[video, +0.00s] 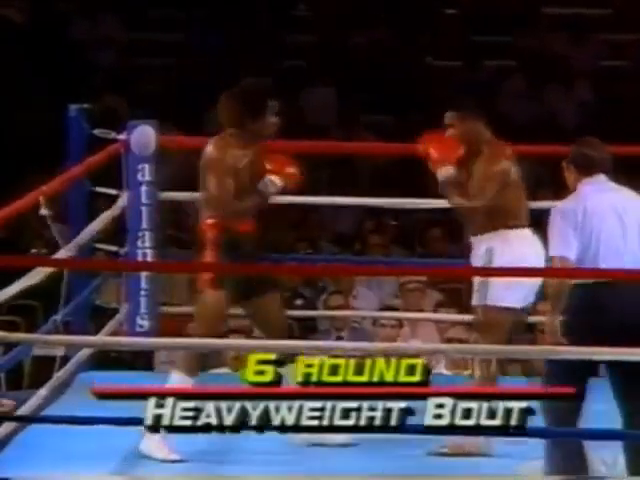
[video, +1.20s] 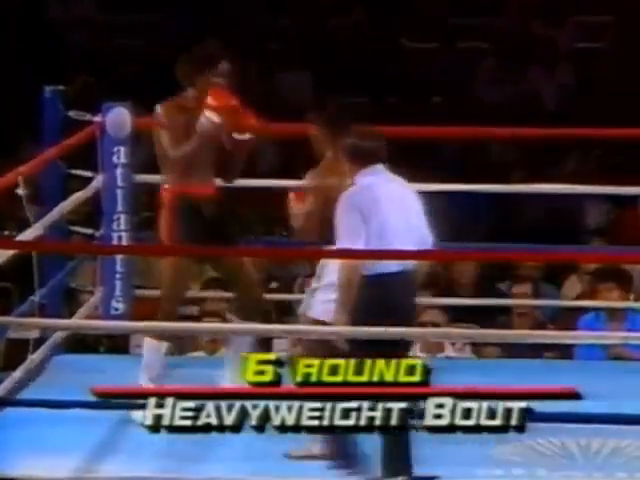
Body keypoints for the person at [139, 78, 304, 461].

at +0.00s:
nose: (275, 122)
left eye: (275, 115)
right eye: (269, 116)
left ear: (251, 121)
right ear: (249, 120)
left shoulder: (255, 149)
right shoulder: (218, 153)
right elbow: (223, 206)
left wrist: (277, 179)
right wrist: (262, 194)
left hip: (248, 240)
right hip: (218, 242)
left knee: (279, 332)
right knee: (206, 331)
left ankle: (299, 417)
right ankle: (153, 430)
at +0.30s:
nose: (299, 107)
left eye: (298, 100)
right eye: (295, 100)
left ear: (277, 99)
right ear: (281, 99)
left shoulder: (279, 128)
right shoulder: (243, 127)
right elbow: (247, 180)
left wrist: (302, 159)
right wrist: (288, 164)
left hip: (261, 213)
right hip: (235, 212)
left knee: (280, 307)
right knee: (229, 315)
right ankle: (187, 390)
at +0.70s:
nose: (290, 112)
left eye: (289, 104)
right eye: (285, 104)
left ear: (272, 108)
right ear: (269, 106)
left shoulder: (279, 139)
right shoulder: (226, 136)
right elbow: (229, 191)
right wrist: (271, 165)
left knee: (298, 304)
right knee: (198, 306)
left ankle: (296, 389)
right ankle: (165, 388)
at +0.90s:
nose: (278, 128)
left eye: (282, 121)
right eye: (273, 119)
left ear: (286, 123)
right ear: (258, 117)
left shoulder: (266, 151)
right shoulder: (231, 148)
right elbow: (209, 209)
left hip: (250, 231)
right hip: (218, 231)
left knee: (288, 310)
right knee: (212, 320)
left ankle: (290, 386)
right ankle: (160, 382)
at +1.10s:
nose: (231, 106)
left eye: (222, 105)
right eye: (224, 102)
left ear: (223, 104)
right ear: (207, 100)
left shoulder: (231, 130)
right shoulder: (178, 132)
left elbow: (277, 155)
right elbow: (194, 179)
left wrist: (255, 139)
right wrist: (221, 149)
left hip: (226, 217)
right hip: (191, 219)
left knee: (262, 299)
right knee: (183, 308)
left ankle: (277, 376)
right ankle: (152, 388)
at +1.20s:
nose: (222, 83)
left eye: (224, 77)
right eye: (216, 76)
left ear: (222, 79)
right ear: (196, 77)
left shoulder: (220, 109)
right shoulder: (168, 111)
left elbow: (232, 168)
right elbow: (173, 160)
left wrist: (240, 137)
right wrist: (205, 128)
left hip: (213, 202)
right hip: (180, 202)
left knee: (248, 285)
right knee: (174, 288)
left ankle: (234, 372)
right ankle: (149, 376)